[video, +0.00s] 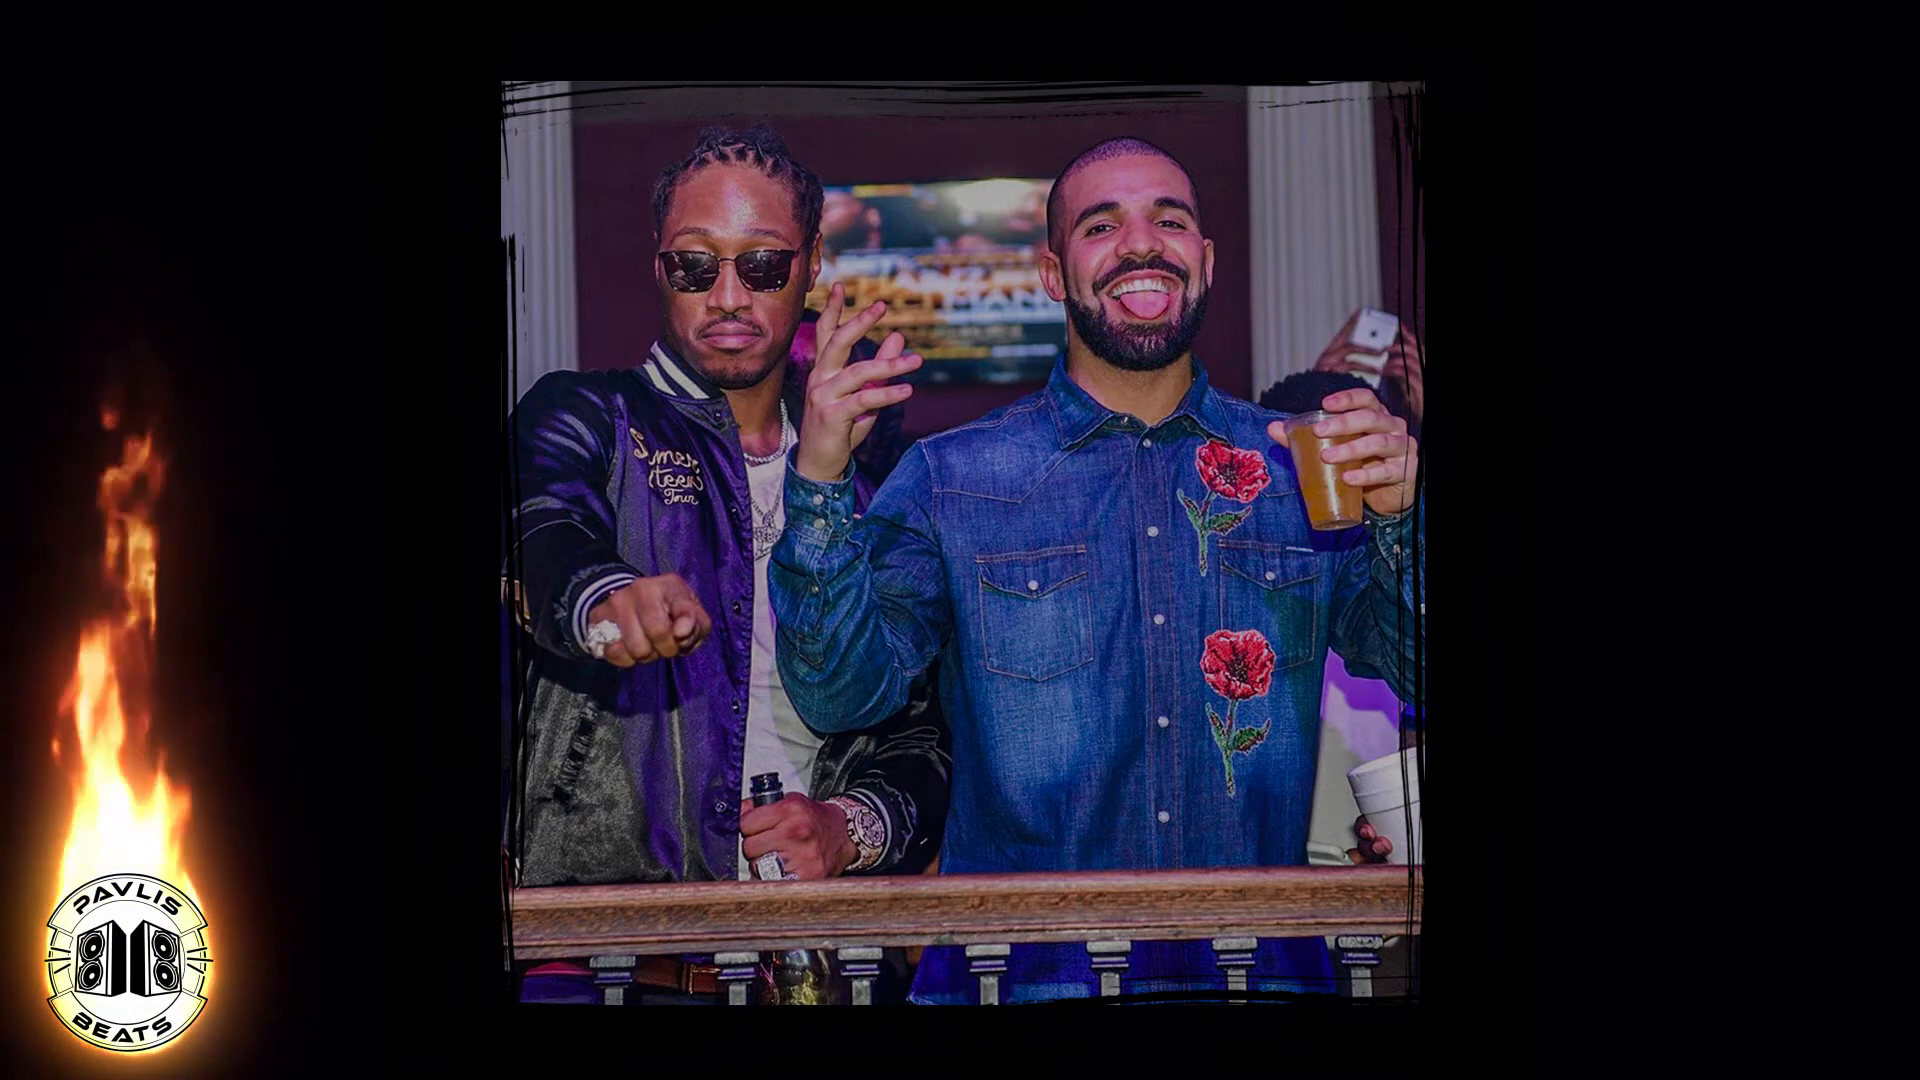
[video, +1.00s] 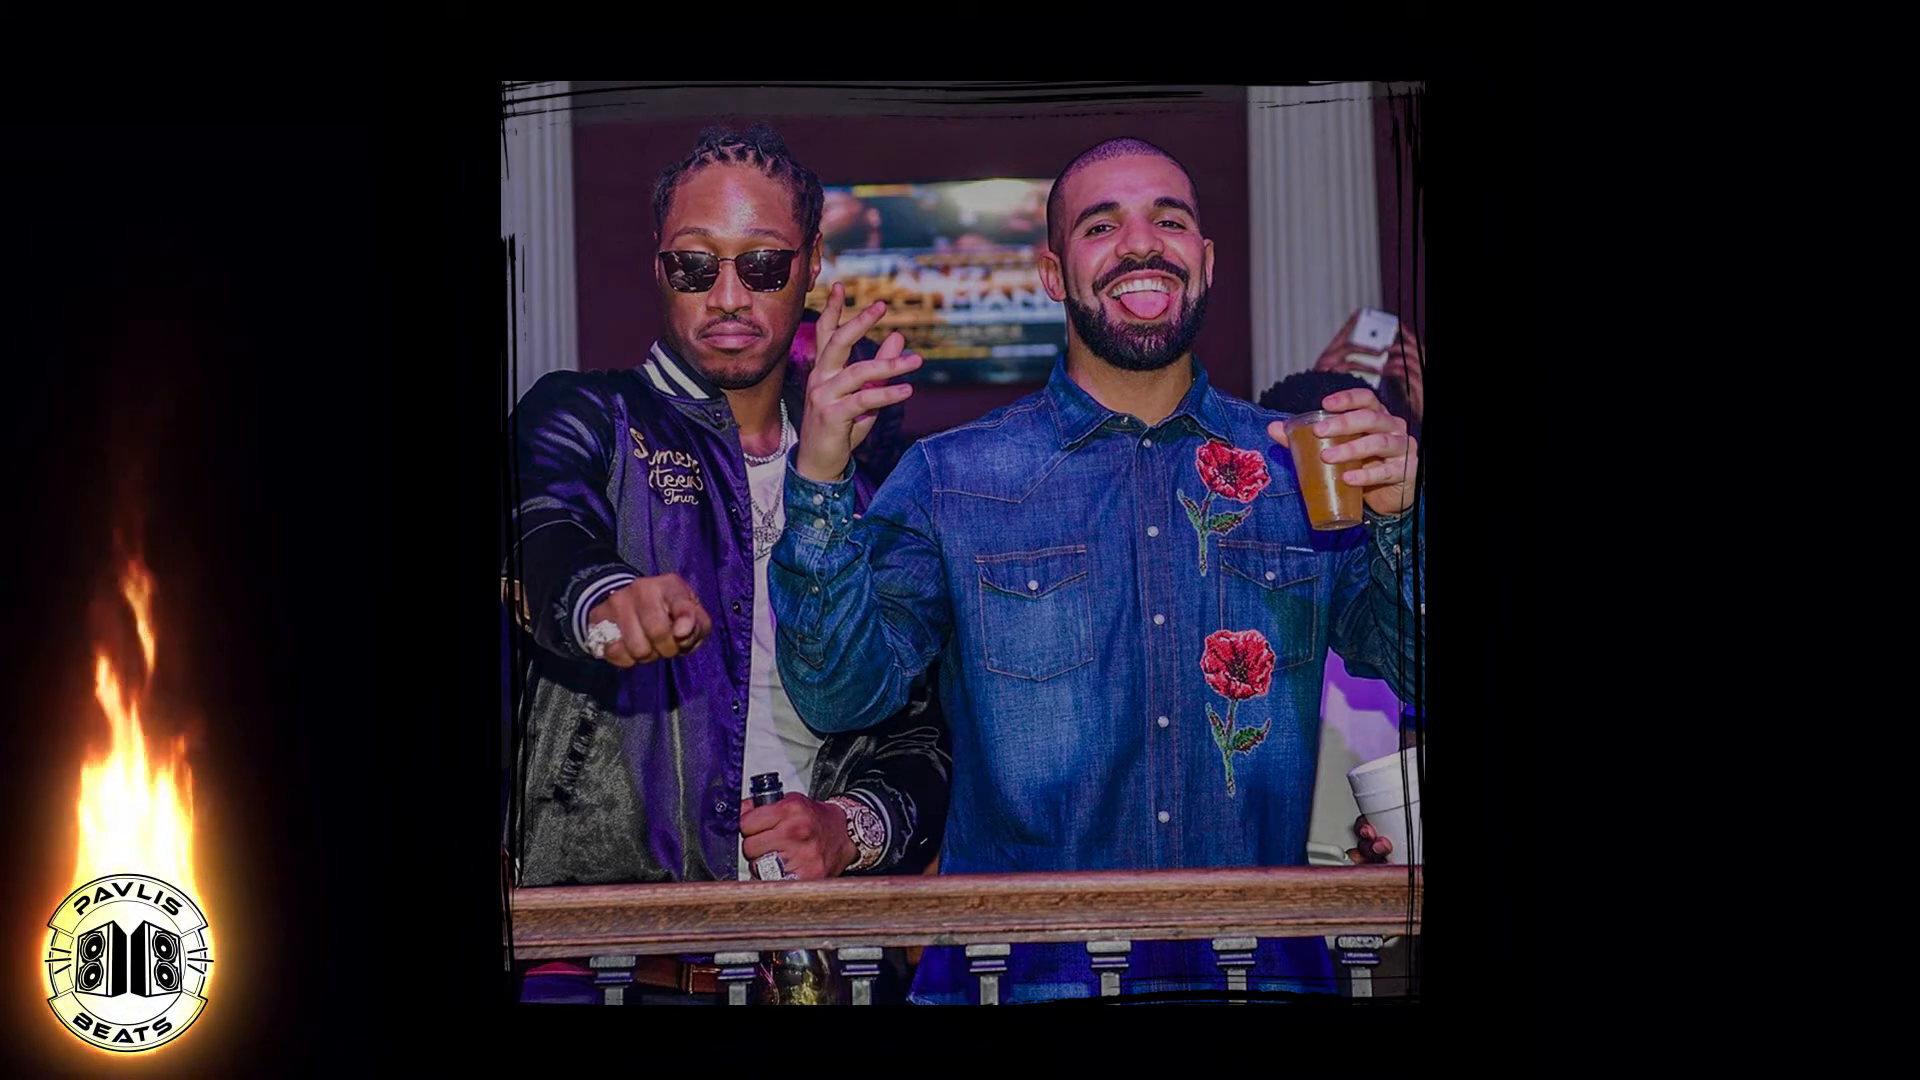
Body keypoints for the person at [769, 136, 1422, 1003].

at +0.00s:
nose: (1141, 243)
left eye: (1169, 219)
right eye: (1102, 225)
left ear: (1207, 258)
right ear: (1055, 272)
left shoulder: (1304, 469)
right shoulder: (945, 479)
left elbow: (1413, 674)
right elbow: (840, 692)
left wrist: (1402, 516)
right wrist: (819, 473)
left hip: (1255, 954)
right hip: (1021, 963)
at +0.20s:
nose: (1141, 243)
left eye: (1169, 219)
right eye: (1102, 225)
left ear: (1208, 258)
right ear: (1055, 272)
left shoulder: (1304, 469)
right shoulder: (945, 479)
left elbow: (1413, 674)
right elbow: (840, 693)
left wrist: (1401, 516)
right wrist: (819, 472)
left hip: (1255, 954)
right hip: (1021, 964)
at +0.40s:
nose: (1140, 243)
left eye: (1169, 219)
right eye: (1101, 225)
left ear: (1208, 258)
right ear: (1055, 272)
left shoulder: (1304, 470)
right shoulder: (945, 479)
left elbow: (1412, 673)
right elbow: (840, 693)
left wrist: (1402, 516)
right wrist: (818, 475)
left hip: (1254, 955)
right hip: (1020, 962)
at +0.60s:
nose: (1141, 243)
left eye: (1169, 219)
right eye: (1102, 225)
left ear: (1208, 258)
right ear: (1055, 272)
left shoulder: (1304, 469)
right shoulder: (945, 479)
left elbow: (1413, 674)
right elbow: (840, 692)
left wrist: (1402, 516)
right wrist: (819, 472)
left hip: (1255, 954)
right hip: (1021, 963)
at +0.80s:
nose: (1141, 243)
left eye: (1169, 219)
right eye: (1102, 225)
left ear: (1208, 258)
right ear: (1055, 272)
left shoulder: (1304, 469)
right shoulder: (945, 479)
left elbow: (1414, 674)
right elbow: (840, 693)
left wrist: (1402, 516)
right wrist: (819, 472)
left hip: (1255, 954)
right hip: (1021, 963)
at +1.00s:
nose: (1141, 243)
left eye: (1169, 219)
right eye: (1102, 225)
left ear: (1208, 258)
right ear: (1055, 272)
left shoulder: (1304, 469)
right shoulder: (945, 479)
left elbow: (1414, 674)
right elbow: (840, 693)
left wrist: (1402, 516)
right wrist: (819, 473)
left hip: (1255, 954)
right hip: (1021, 963)